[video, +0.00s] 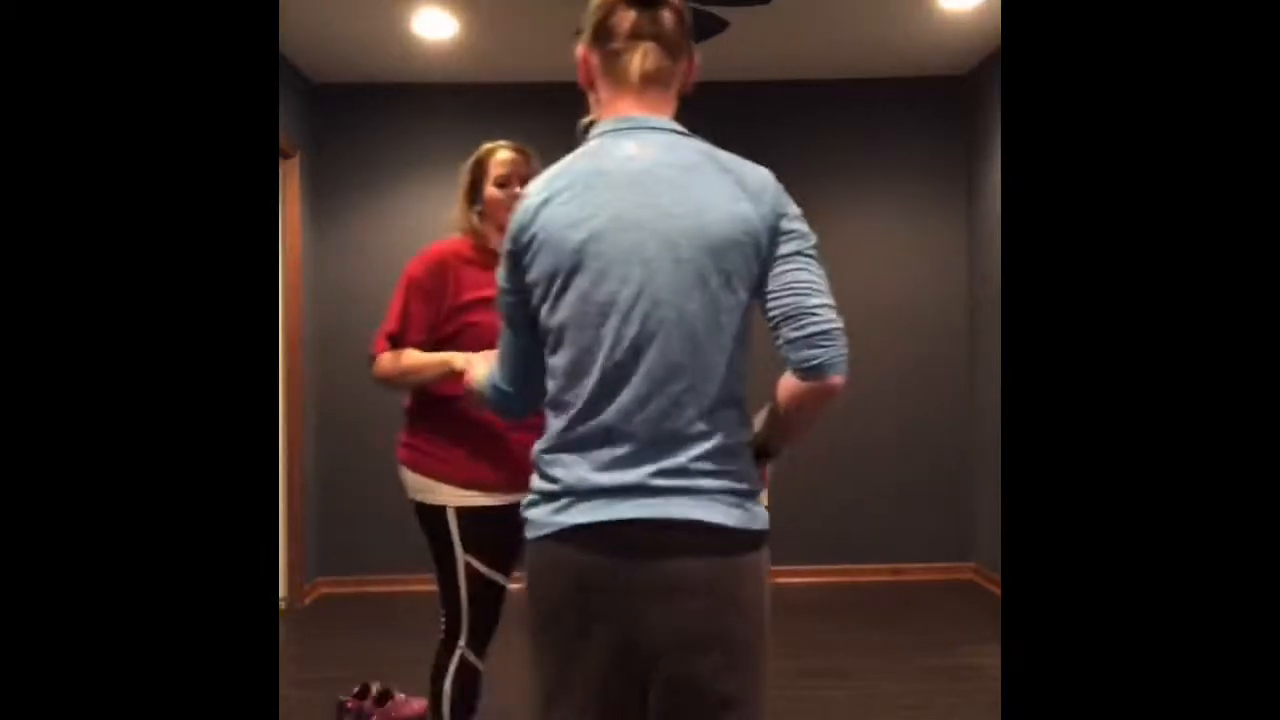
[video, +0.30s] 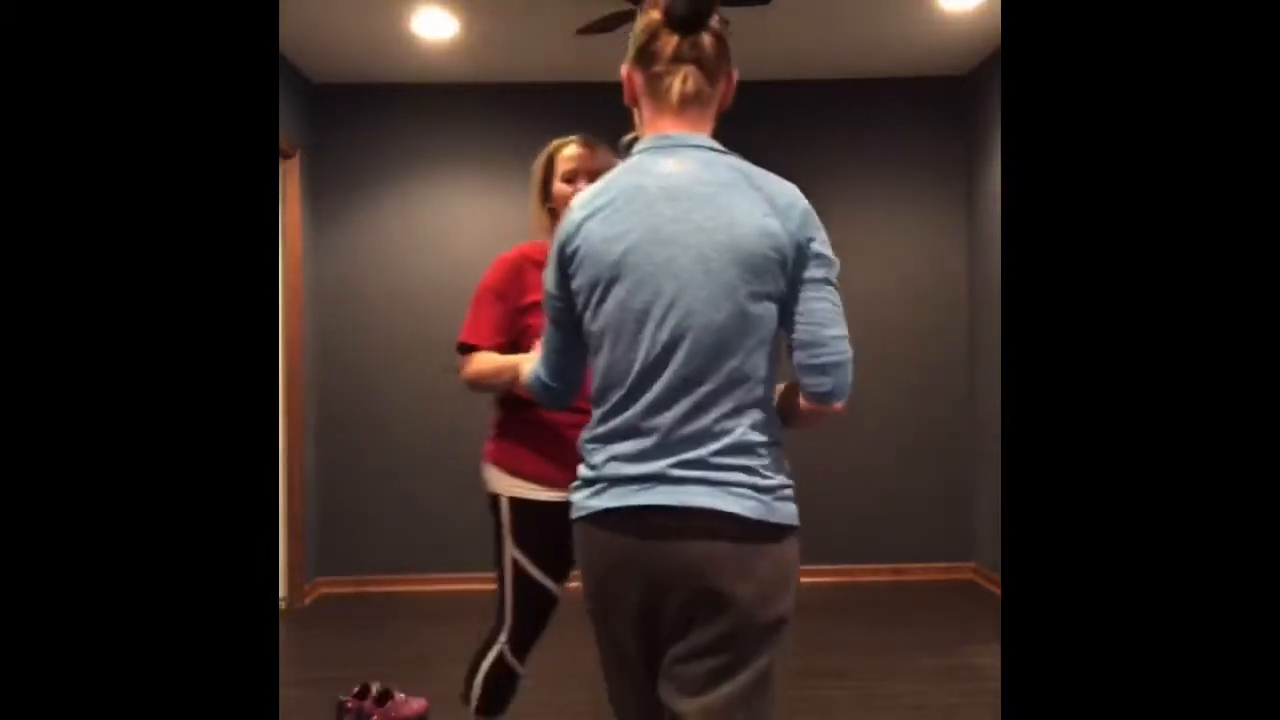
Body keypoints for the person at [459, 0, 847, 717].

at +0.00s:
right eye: (693, 61)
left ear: (585, 67)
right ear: (689, 72)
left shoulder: (542, 202)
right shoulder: (754, 188)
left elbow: (516, 394)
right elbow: (820, 369)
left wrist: (479, 371)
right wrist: (763, 446)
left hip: (573, 544)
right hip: (714, 545)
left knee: (576, 712)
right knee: (718, 710)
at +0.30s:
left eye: (627, 78)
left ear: (630, 86)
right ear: (727, 90)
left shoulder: (585, 215)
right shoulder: (782, 204)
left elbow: (557, 382)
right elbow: (829, 382)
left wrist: (518, 372)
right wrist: (782, 406)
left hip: (613, 525)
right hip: (740, 527)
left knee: (639, 710)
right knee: (718, 708)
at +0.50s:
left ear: (654, 100)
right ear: (748, 103)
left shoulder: (610, 226)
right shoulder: (799, 218)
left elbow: (587, 389)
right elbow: (822, 388)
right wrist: (741, 387)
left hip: (638, 525)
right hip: (763, 526)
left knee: (656, 708)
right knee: (770, 707)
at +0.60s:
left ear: (669, 107)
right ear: (761, 110)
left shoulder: (623, 226)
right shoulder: (806, 222)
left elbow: (602, 386)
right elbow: (821, 386)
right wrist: (741, 380)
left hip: (646, 519)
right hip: (768, 521)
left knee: (672, 709)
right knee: (780, 708)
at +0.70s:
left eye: (679, 106)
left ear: (683, 108)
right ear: (771, 114)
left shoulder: (635, 225)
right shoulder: (813, 224)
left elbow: (615, 383)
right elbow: (819, 383)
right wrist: (737, 376)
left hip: (660, 509)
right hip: (777, 512)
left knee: (682, 707)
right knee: (785, 705)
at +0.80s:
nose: (691, 123)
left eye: (690, 114)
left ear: (694, 116)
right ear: (779, 125)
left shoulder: (647, 227)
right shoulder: (818, 229)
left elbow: (628, 378)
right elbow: (822, 374)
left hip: (672, 505)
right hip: (786, 507)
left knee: (688, 703)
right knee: (793, 703)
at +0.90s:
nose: (697, 132)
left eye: (698, 121)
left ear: (704, 121)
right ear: (785, 130)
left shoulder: (655, 232)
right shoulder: (821, 233)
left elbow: (638, 382)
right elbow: (824, 372)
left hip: (684, 504)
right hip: (794, 504)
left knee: (696, 695)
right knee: (800, 699)